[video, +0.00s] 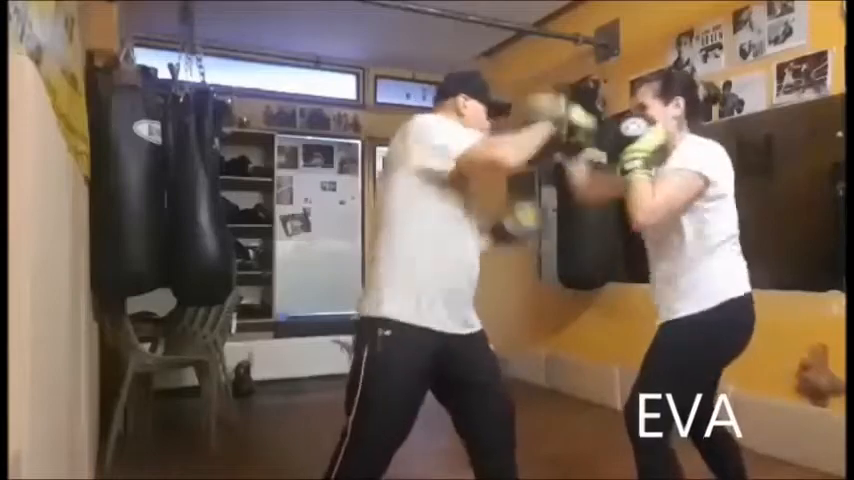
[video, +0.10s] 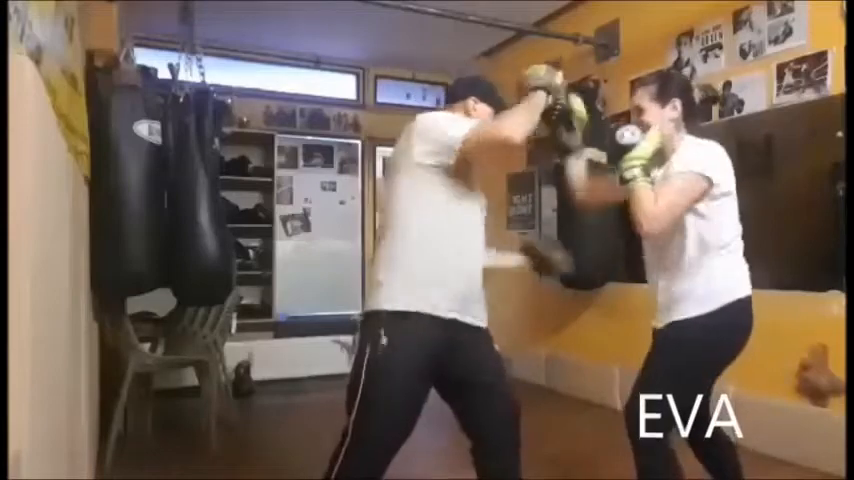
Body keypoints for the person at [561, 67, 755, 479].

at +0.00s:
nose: (637, 118)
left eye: (645, 108)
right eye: (636, 110)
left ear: (676, 106)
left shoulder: (702, 155)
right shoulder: (658, 163)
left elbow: (645, 215)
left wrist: (637, 159)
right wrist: (575, 148)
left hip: (712, 314)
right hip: (688, 316)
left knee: (643, 415)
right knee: (698, 412)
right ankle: (735, 473)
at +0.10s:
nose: (636, 120)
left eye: (643, 110)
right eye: (634, 112)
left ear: (674, 108)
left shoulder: (704, 156)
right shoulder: (657, 167)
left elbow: (652, 222)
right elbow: (584, 191)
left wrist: (636, 166)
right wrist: (574, 144)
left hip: (712, 315)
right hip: (682, 318)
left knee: (644, 416)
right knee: (694, 416)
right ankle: (731, 473)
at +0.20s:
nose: (625, 140)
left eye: (632, 129)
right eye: (623, 131)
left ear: (662, 124)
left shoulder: (693, 164)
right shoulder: (653, 177)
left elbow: (655, 240)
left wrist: (632, 183)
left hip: (719, 324)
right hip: (678, 325)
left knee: (638, 419)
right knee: (686, 425)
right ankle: (724, 473)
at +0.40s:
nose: (618, 144)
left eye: (626, 134)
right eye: (617, 135)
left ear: (658, 133)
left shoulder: (689, 164)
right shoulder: (640, 191)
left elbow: (664, 238)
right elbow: (651, 278)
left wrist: (635, 184)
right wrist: (603, 264)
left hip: (719, 325)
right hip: (677, 327)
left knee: (637, 419)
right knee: (677, 421)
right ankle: (724, 472)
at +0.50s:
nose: (627, 127)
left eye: (634, 117)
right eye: (625, 119)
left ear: (666, 113)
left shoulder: (703, 155)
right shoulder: (634, 173)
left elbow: (673, 229)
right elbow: (606, 239)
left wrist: (646, 165)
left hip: (711, 309)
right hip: (674, 315)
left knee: (641, 413)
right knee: (687, 418)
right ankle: (731, 474)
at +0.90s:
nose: (626, 121)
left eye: (633, 111)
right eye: (626, 113)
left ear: (663, 109)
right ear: (653, 111)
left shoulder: (702, 148)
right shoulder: (632, 164)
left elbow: (711, 193)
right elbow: (586, 194)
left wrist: (659, 154)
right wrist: (565, 155)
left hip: (699, 298)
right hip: (660, 305)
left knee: (650, 413)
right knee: (682, 411)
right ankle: (728, 474)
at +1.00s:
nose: (629, 118)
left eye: (634, 109)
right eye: (628, 111)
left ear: (657, 107)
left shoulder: (694, 150)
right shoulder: (649, 167)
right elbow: (634, 230)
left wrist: (640, 120)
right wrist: (597, 198)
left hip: (692, 295)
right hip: (665, 299)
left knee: (648, 413)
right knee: (682, 410)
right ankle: (727, 472)